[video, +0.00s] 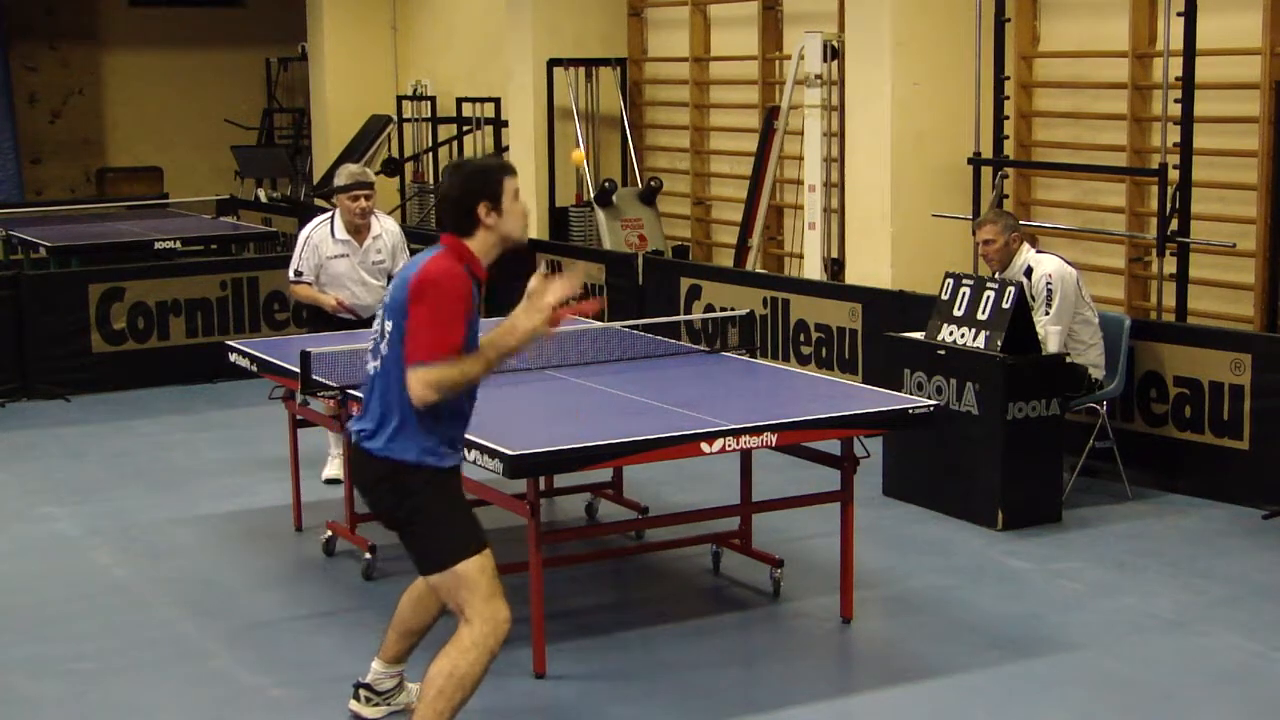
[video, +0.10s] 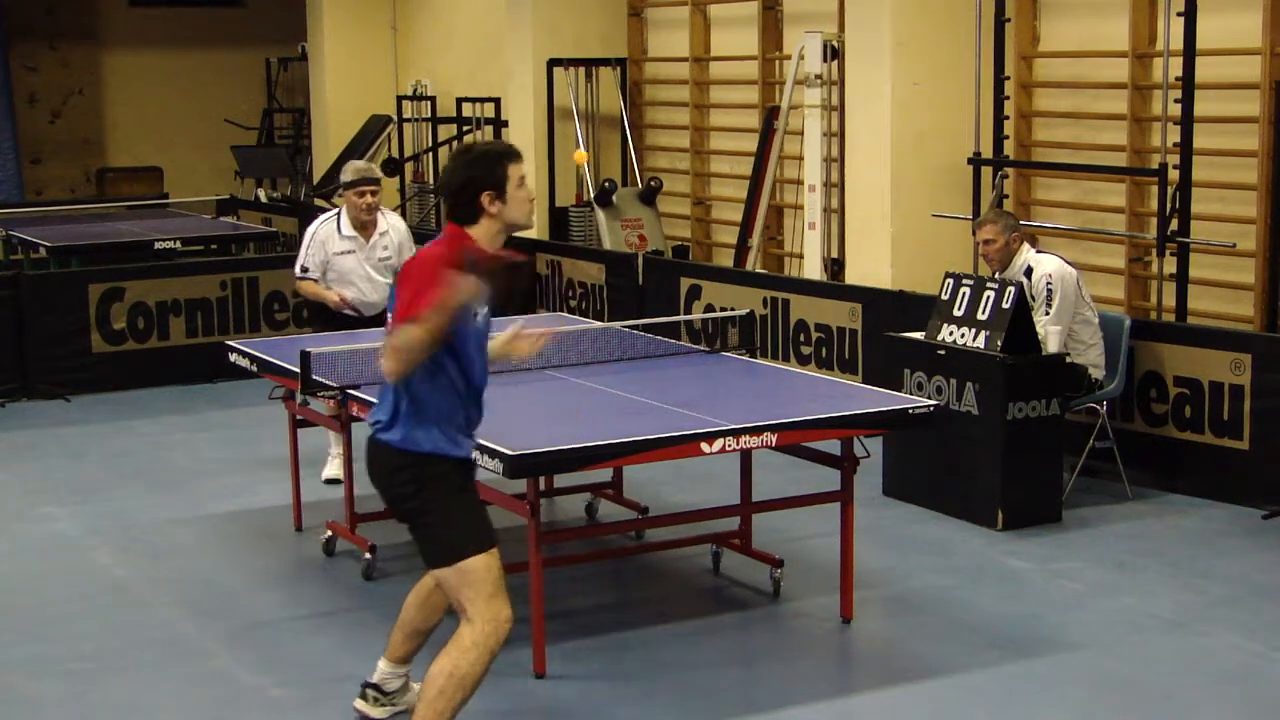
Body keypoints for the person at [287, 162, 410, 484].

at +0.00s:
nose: (363, 205)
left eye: (368, 197)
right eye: (354, 199)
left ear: (375, 197)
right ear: (337, 200)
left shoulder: (390, 230)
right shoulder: (314, 234)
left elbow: (405, 279)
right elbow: (297, 286)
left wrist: (401, 315)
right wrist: (323, 299)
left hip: (380, 320)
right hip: (332, 323)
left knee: (380, 386)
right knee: (335, 391)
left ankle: (382, 453)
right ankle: (336, 453)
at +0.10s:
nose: (369, 201)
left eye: (374, 194)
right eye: (360, 195)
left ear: (381, 194)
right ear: (343, 197)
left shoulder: (396, 226)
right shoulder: (321, 229)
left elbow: (411, 272)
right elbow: (302, 281)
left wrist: (409, 307)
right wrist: (327, 296)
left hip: (385, 317)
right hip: (338, 320)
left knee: (395, 383)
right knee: (336, 387)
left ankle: (401, 454)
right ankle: (337, 451)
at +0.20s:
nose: (377, 198)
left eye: (383, 191)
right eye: (369, 191)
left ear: (391, 191)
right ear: (352, 193)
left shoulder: (403, 224)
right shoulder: (332, 228)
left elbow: (420, 267)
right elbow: (312, 278)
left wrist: (410, 297)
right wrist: (335, 292)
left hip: (395, 310)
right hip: (348, 314)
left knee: (409, 377)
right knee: (341, 382)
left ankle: (414, 452)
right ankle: (338, 450)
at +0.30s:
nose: (385, 196)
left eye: (391, 189)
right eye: (377, 190)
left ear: (398, 189)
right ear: (360, 192)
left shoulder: (415, 221)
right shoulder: (340, 227)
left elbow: (432, 265)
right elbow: (321, 277)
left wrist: (421, 294)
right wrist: (342, 290)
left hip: (409, 309)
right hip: (360, 312)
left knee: (420, 376)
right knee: (350, 379)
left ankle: (425, 451)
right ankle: (340, 448)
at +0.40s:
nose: (391, 197)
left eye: (396, 189)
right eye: (382, 190)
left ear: (404, 190)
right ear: (367, 192)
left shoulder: (420, 221)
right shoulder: (345, 225)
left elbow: (436, 267)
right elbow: (325, 276)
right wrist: (355, 293)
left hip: (409, 315)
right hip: (362, 317)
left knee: (416, 379)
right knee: (354, 383)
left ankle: (421, 449)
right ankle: (358, 451)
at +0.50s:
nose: (394, 199)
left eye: (400, 192)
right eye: (386, 193)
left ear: (408, 192)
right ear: (371, 193)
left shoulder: (423, 224)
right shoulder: (348, 226)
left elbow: (440, 269)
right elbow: (324, 274)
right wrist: (351, 289)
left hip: (408, 308)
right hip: (362, 311)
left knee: (416, 377)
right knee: (355, 379)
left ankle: (423, 449)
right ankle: (358, 451)